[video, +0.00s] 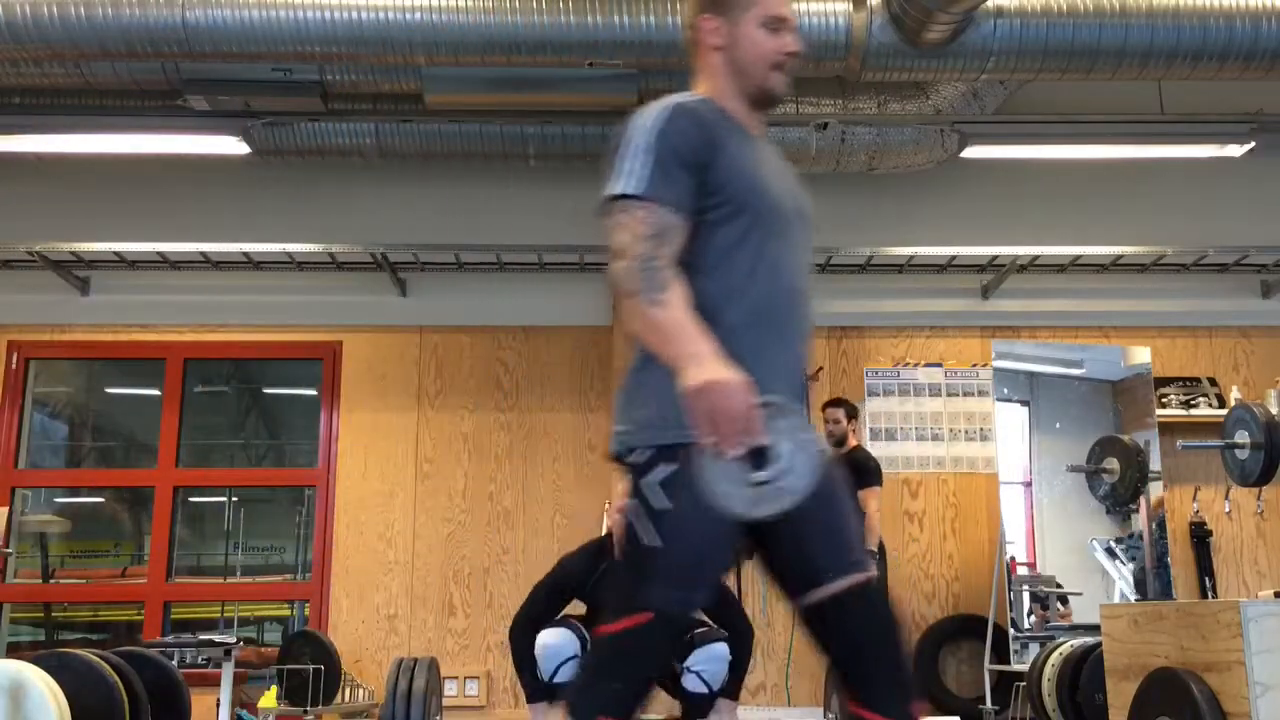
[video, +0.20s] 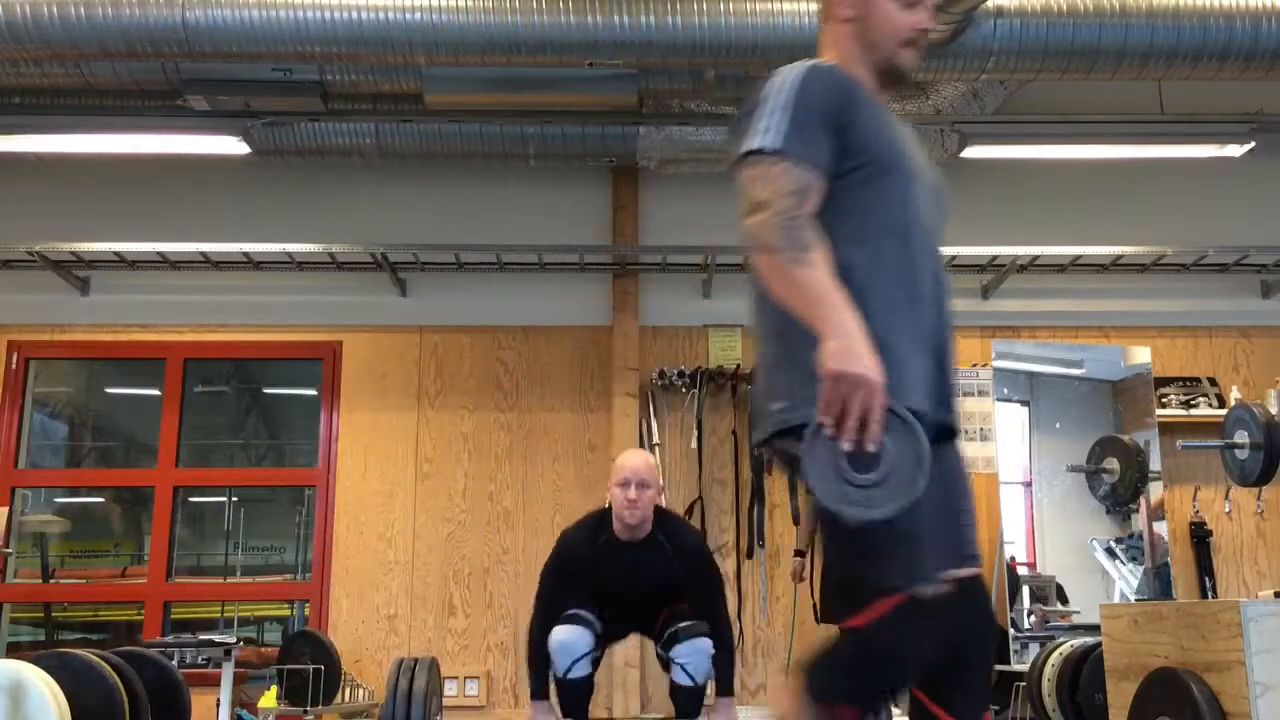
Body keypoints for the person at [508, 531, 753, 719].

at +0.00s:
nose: (627, 522)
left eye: (635, 513)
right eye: (620, 512)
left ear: (656, 520)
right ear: (607, 516)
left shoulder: (684, 567)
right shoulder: (588, 562)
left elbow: (742, 630)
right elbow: (521, 628)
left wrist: (730, 698)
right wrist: (538, 700)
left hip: (666, 659)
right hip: (602, 657)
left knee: (713, 651)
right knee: (554, 642)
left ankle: (698, 712)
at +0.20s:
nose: (632, 495)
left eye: (642, 486)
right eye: (623, 485)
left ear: (658, 494)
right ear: (609, 492)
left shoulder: (685, 541)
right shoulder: (577, 541)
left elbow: (717, 619)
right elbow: (543, 620)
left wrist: (725, 698)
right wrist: (538, 700)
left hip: (664, 616)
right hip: (602, 616)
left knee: (694, 647)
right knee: (567, 641)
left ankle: (687, 716)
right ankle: (576, 716)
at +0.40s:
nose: (629, 480)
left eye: (641, 471)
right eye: (621, 469)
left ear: (657, 475)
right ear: (607, 471)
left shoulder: (680, 513)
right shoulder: (575, 512)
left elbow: (712, 593)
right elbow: (550, 596)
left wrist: (721, 672)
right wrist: (542, 675)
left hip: (661, 575)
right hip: (597, 575)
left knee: (684, 631)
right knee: (579, 628)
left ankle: (687, 714)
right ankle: (577, 714)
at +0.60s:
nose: (630, 413)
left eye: (640, 404)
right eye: (622, 403)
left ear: (656, 412)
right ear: (608, 408)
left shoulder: (678, 460)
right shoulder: (576, 458)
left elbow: (711, 534)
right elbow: (552, 537)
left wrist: (721, 611)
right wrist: (543, 616)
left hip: (663, 543)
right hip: (598, 543)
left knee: (682, 630)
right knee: (585, 630)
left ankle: (686, 715)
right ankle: (577, 716)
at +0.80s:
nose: (629, 326)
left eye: (638, 320)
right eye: (621, 319)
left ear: (653, 335)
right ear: (607, 332)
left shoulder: (673, 395)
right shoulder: (578, 395)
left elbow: (707, 466)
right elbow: (557, 469)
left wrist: (719, 536)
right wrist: (545, 542)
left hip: (659, 523)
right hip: (598, 523)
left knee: (695, 631)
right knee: (580, 627)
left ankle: (688, 718)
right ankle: (577, 719)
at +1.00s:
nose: (625, 303)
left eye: (633, 299)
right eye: (618, 299)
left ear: (648, 313)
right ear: (606, 313)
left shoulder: (671, 353)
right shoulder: (581, 351)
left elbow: (713, 397)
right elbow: (549, 397)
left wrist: (719, 445)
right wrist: (544, 450)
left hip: (661, 496)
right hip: (600, 497)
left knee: (694, 614)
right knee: (575, 612)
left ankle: (705, 714)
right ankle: (559, 715)